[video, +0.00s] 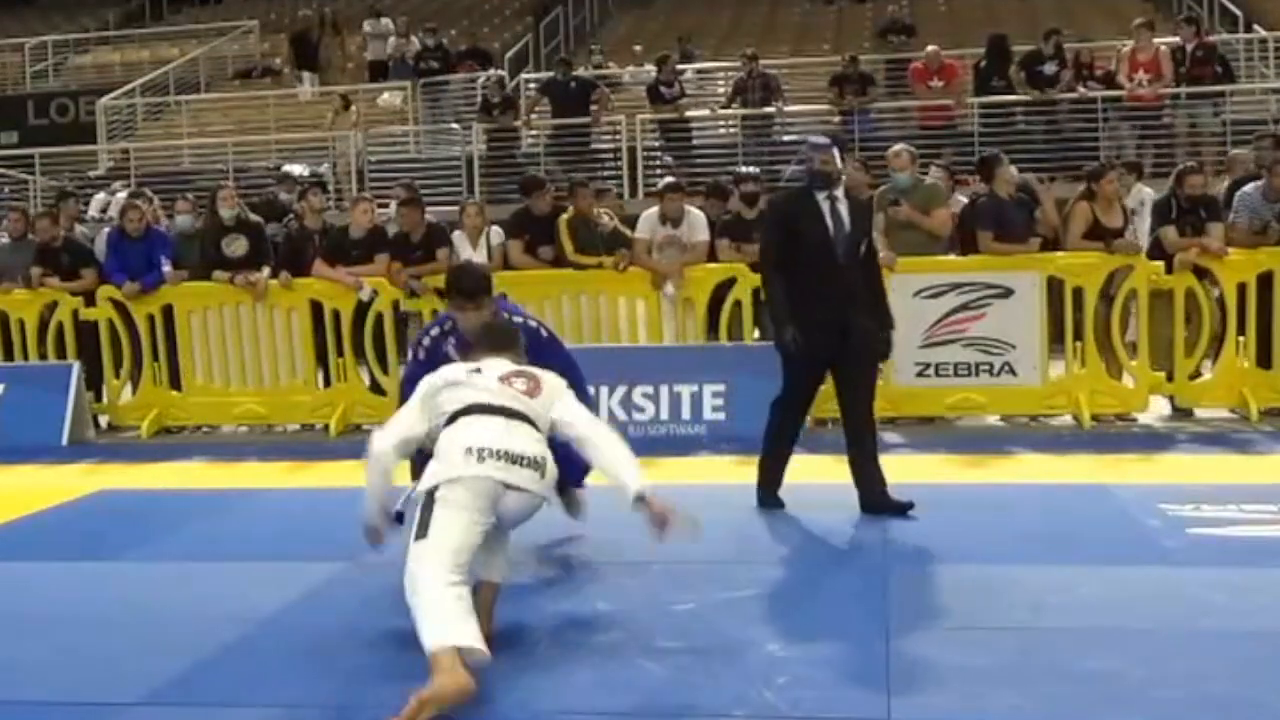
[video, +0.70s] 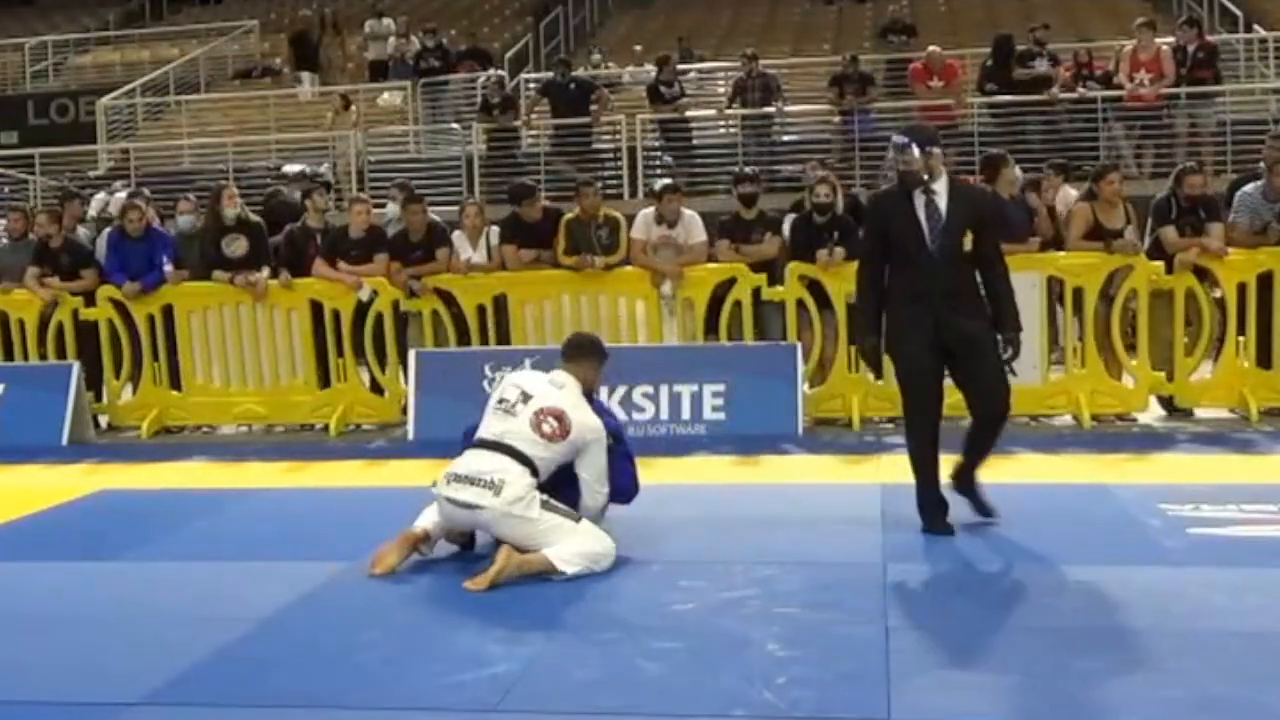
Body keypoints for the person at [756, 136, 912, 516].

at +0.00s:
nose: (824, 166)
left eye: (830, 159)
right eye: (817, 159)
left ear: (842, 164)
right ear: (804, 163)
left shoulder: (858, 207)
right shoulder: (785, 207)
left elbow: (869, 267)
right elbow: (772, 271)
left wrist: (883, 322)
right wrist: (783, 324)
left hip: (855, 328)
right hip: (808, 329)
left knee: (860, 418)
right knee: (791, 412)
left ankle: (873, 496)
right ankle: (767, 489)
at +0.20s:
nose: (852, 157)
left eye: (859, 150)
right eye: (846, 150)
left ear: (875, 156)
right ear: (836, 156)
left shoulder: (895, 201)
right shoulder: (816, 201)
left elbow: (913, 260)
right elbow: (800, 268)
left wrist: (935, 314)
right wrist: (801, 328)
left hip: (886, 317)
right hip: (838, 318)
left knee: (880, 409)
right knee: (854, 399)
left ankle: (874, 495)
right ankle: (822, 467)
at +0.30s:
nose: (860, 163)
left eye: (867, 154)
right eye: (853, 155)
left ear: (887, 157)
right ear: (846, 162)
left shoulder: (910, 201)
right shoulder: (828, 206)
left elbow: (931, 256)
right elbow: (813, 273)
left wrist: (954, 306)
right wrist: (814, 331)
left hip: (900, 318)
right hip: (852, 320)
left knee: (892, 408)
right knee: (876, 403)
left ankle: (876, 489)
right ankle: (871, 491)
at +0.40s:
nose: (879, 168)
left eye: (886, 158)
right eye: (871, 160)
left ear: (904, 160)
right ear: (861, 164)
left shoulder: (929, 199)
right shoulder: (844, 208)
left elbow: (949, 256)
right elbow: (827, 277)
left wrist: (968, 303)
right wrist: (826, 337)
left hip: (917, 320)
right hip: (868, 322)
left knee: (896, 410)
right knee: (895, 409)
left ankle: (875, 494)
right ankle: (920, 503)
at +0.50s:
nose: (874, 166)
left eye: (882, 158)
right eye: (870, 160)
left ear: (908, 160)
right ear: (867, 166)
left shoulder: (944, 203)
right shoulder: (856, 211)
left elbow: (964, 260)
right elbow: (842, 278)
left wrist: (980, 311)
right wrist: (841, 336)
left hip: (934, 321)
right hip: (884, 323)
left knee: (919, 412)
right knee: (911, 413)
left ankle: (881, 486)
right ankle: (935, 511)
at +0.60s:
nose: (890, 169)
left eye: (898, 159)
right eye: (885, 161)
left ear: (922, 160)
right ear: (883, 165)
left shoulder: (956, 201)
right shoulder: (867, 210)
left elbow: (977, 263)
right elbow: (857, 276)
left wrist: (993, 319)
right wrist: (855, 336)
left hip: (951, 321)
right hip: (899, 325)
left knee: (967, 405)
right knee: (918, 414)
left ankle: (917, 470)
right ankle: (934, 511)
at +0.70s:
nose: (907, 169)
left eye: (915, 160)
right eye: (901, 161)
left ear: (937, 158)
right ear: (896, 163)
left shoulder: (974, 200)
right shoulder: (884, 207)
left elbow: (992, 265)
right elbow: (870, 274)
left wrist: (1008, 322)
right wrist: (866, 334)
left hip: (967, 324)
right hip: (912, 329)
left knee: (994, 407)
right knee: (922, 423)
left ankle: (965, 473)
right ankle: (932, 512)